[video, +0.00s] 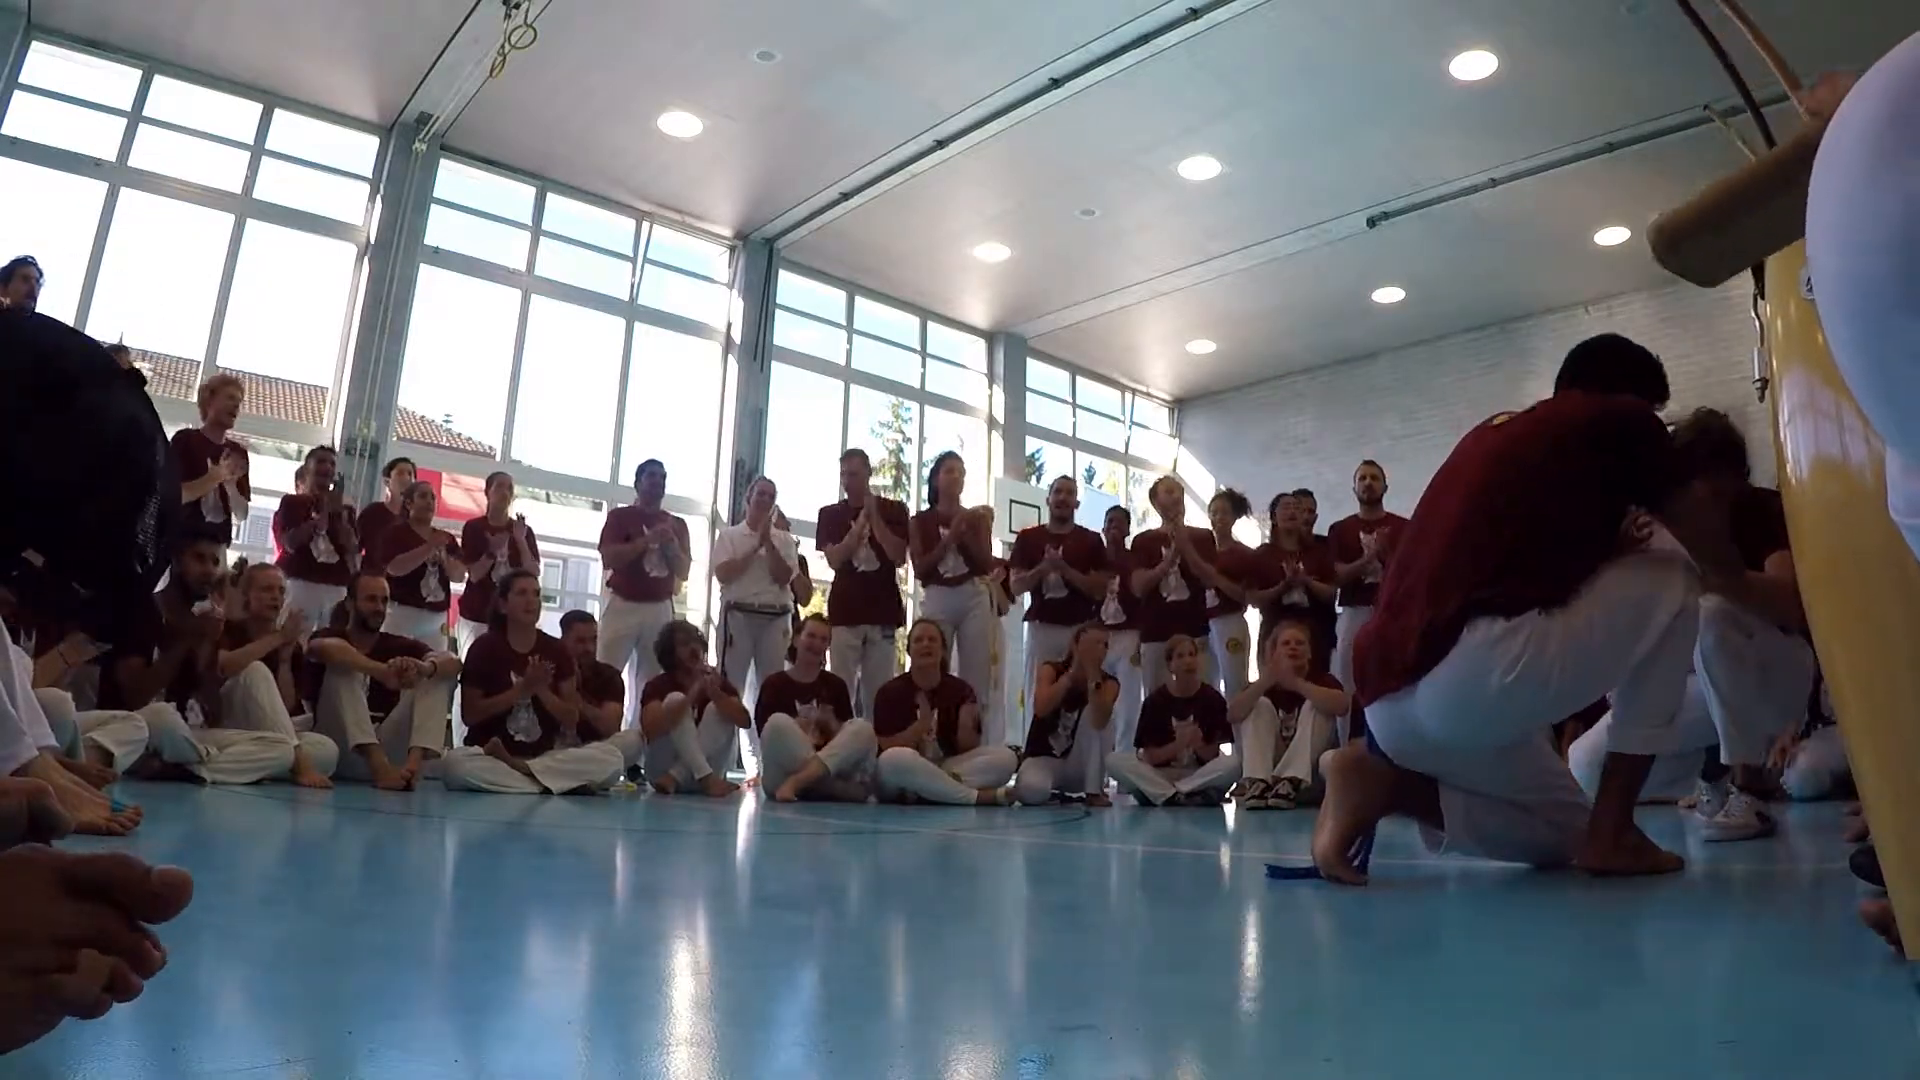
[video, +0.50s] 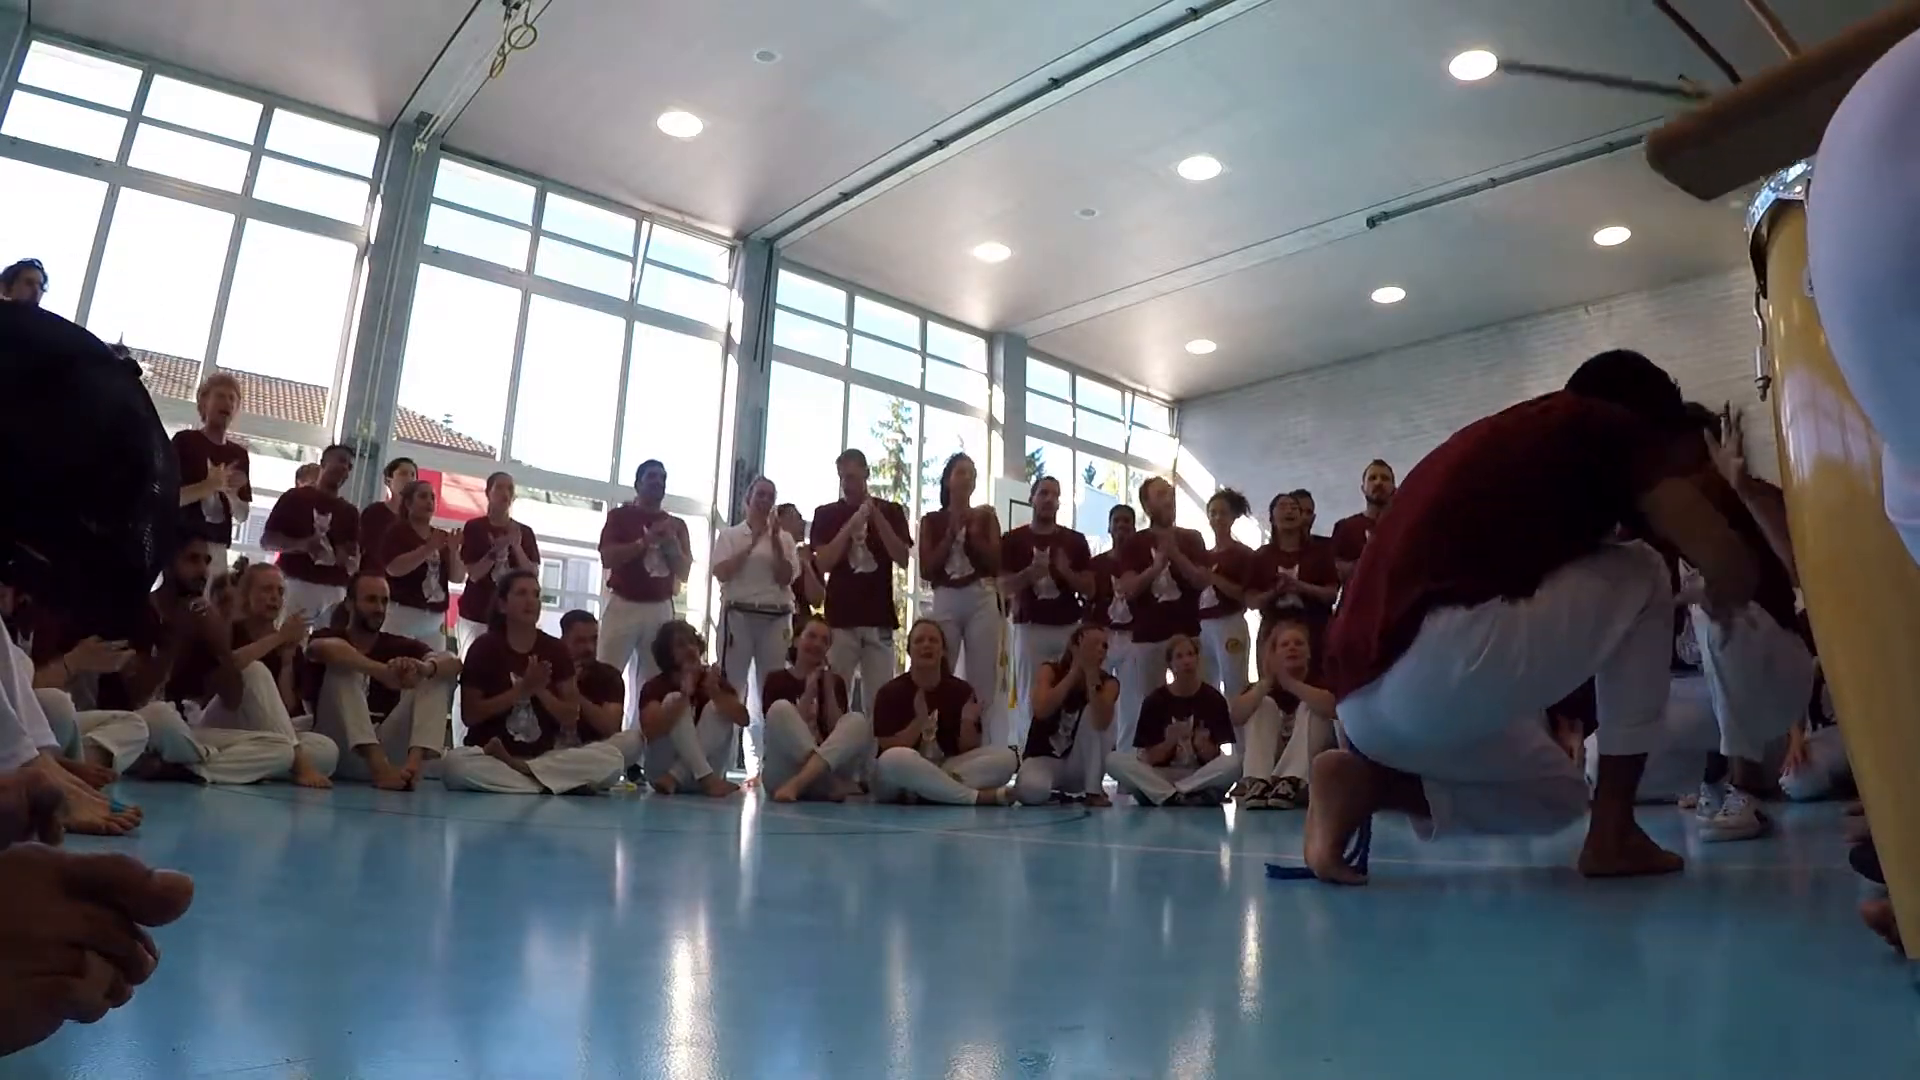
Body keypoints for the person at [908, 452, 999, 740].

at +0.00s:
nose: (955, 477)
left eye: (960, 472)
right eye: (948, 472)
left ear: (965, 479)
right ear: (935, 478)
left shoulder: (977, 519)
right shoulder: (921, 520)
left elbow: (985, 566)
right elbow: (920, 569)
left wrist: (965, 537)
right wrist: (949, 540)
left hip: (974, 596)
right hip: (936, 596)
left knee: (976, 679)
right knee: (933, 676)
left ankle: (975, 750)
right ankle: (932, 751)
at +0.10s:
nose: (957, 477)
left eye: (961, 472)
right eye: (950, 472)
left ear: (966, 479)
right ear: (936, 479)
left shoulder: (979, 516)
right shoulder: (923, 519)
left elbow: (987, 564)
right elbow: (921, 568)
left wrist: (965, 537)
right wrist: (945, 539)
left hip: (974, 593)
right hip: (937, 594)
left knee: (977, 678)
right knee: (933, 674)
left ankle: (977, 750)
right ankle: (932, 750)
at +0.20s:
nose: (959, 476)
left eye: (963, 472)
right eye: (952, 471)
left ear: (968, 480)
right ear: (939, 479)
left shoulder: (980, 515)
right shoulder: (926, 518)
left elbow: (987, 564)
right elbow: (922, 568)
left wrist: (967, 538)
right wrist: (944, 540)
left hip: (977, 594)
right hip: (939, 594)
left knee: (978, 678)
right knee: (934, 675)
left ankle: (978, 751)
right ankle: (933, 751)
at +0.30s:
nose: (962, 476)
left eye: (966, 472)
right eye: (955, 471)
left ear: (971, 481)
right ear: (942, 479)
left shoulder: (982, 516)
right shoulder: (928, 519)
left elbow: (989, 565)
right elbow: (924, 569)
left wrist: (968, 535)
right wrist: (951, 539)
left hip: (979, 596)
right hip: (941, 596)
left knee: (979, 680)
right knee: (938, 677)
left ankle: (978, 750)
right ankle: (935, 750)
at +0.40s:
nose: (964, 478)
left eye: (969, 473)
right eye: (958, 472)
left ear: (973, 481)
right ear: (944, 479)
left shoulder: (984, 516)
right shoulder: (929, 520)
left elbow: (991, 565)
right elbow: (926, 571)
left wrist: (970, 535)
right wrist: (953, 539)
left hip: (980, 599)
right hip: (942, 598)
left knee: (980, 686)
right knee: (938, 682)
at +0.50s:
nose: (965, 477)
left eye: (970, 473)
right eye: (959, 472)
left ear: (975, 482)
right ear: (947, 479)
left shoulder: (986, 516)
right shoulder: (932, 521)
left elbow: (993, 565)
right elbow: (927, 569)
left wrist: (972, 537)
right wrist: (949, 535)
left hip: (982, 597)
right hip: (944, 597)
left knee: (982, 681)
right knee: (940, 677)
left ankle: (981, 751)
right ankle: (937, 751)